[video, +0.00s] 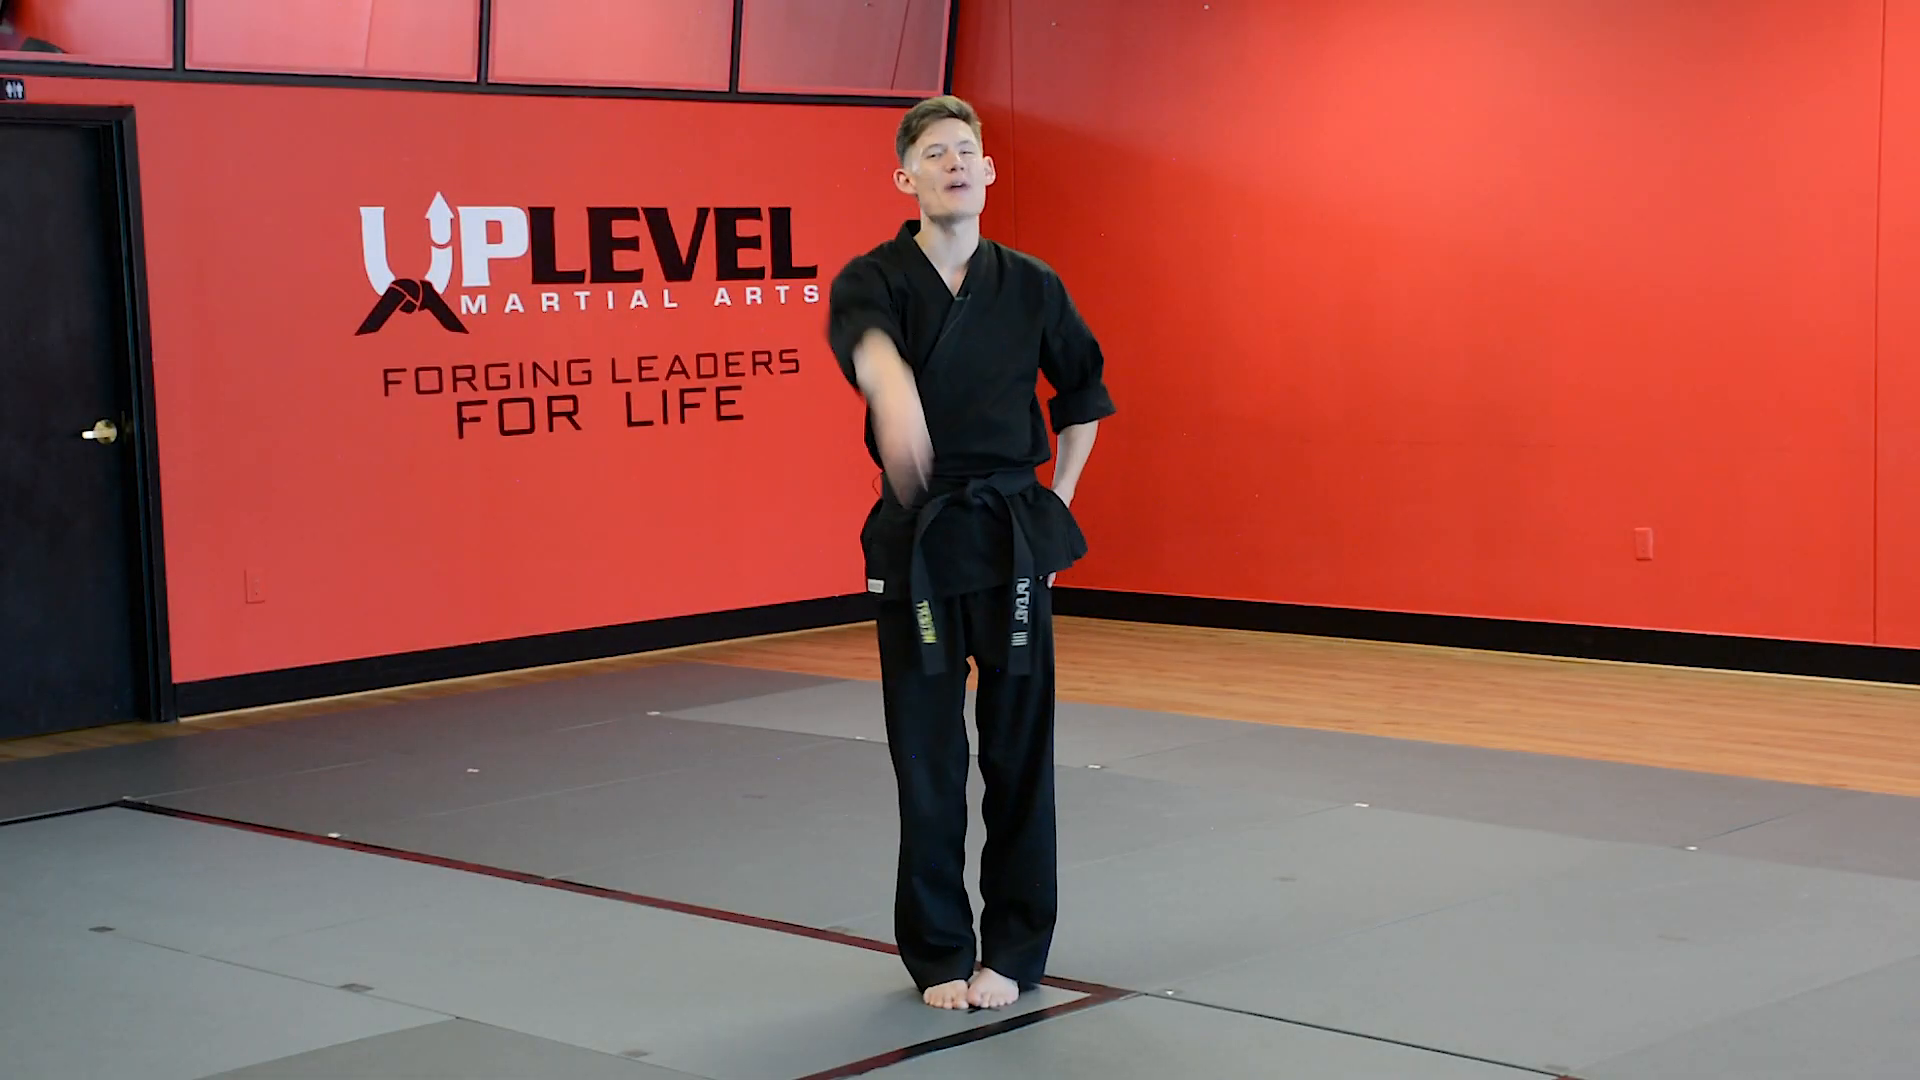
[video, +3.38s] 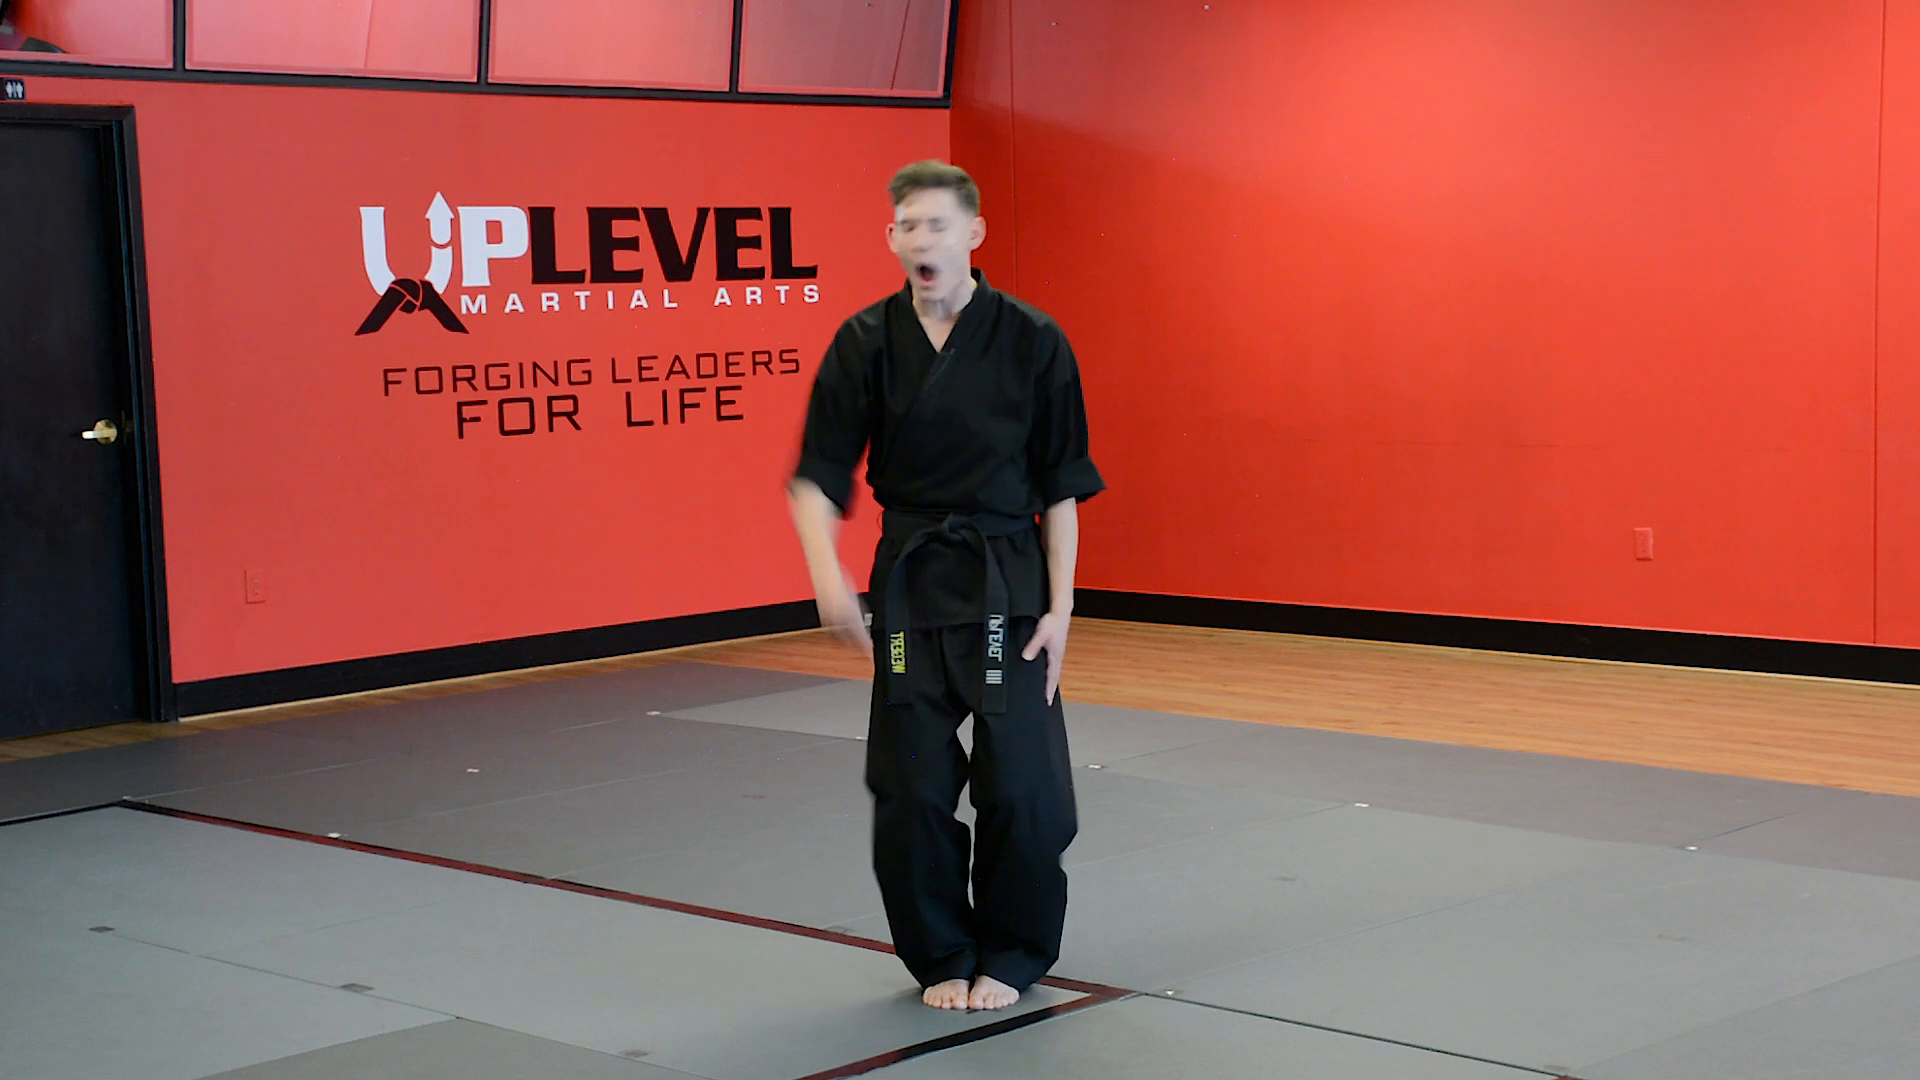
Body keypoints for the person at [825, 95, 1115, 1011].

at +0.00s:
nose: (960, 164)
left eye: (970, 152)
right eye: (938, 154)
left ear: (990, 172)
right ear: (906, 180)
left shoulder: (1030, 283)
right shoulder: (870, 281)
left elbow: (1086, 393)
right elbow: (878, 365)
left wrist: (1054, 502)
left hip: (1014, 531)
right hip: (915, 536)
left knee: (1018, 758)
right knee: (928, 761)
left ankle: (1013, 954)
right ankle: (939, 953)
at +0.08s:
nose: (955, 166)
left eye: (967, 154)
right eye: (935, 157)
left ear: (992, 175)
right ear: (906, 184)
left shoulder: (1035, 284)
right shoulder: (873, 290)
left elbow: (1088, 392)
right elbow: (874, 408)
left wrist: (1058, 499)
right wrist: (923, 491)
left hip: (1015, 532)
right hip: (918, 534)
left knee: (1017, 758)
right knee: (926, 760)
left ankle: (1014, 957)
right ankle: (939, 956)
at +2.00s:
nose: (960, 196)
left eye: (975, 179)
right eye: (944, 180)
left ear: (1004, 188)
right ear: (922, 192)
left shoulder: (1054, 297)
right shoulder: (884, 296)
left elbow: (1107, 432)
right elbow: (855, 438)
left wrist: (1064, 547)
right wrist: (870, 553)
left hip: (1017, 545)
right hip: (915, 545)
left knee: (1021, 766)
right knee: (927, 765)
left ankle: (1011, 955)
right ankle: (945, 953)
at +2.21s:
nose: (957, 192)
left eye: (972, 176)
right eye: (941, 177)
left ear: (1001, 187)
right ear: (918, 190)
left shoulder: (1050, 297)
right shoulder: (880, 296)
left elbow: (1115, 420)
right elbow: (822, 416)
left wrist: (1120, 531)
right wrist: (821, 492)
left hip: (1018, 544)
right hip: (915, 544)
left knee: (1021, 762)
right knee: (927, 762)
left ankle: (1011, 953)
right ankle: (945, 952)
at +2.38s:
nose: (949, 192)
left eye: (966, 176)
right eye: (934, 177)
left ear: (995, 187)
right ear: (913, 188)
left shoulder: (1045, 291)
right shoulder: (877, 291)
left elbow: (1073, 418)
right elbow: (861, 438)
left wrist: (1056, 420)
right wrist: (858, 394)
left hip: (1011, 538)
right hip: (914, 538)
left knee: (1017, 756)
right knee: (927, 758)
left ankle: (1010, 952)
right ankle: (943, 953)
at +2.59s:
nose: (949, 189)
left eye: (965, 174)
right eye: (934, 174)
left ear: (993, 186)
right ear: (912, 187)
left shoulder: (1044, 293)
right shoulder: (873, 296)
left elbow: (1079, 421)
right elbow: (838, 426)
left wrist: (1059, 513)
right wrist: (869, 518)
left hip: (1017, 534)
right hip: (916, 536)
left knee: (1020, 755)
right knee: (927, 758)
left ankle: (1009, 954)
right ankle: (942, 954)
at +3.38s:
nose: (921, 243)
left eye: (938, 226)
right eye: (908, 227)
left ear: (975, 233)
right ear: (891, 238)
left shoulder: (1033, 340)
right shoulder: (865, 341)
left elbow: (1061, 484)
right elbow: (814, 478)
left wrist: (1061, 605)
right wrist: (829, 580)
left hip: (1011, 573)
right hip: (909, 576)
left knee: (1025, 787)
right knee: (910, 786)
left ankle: (1012, 959)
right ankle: (940, 959)